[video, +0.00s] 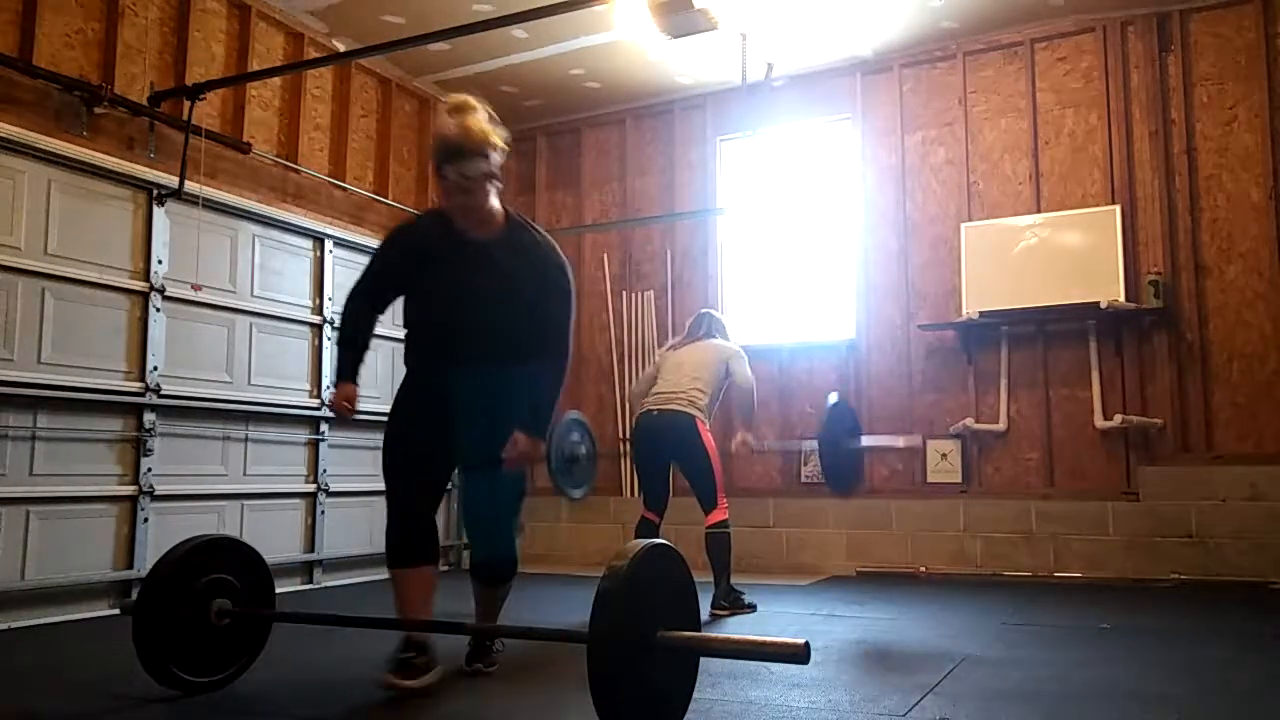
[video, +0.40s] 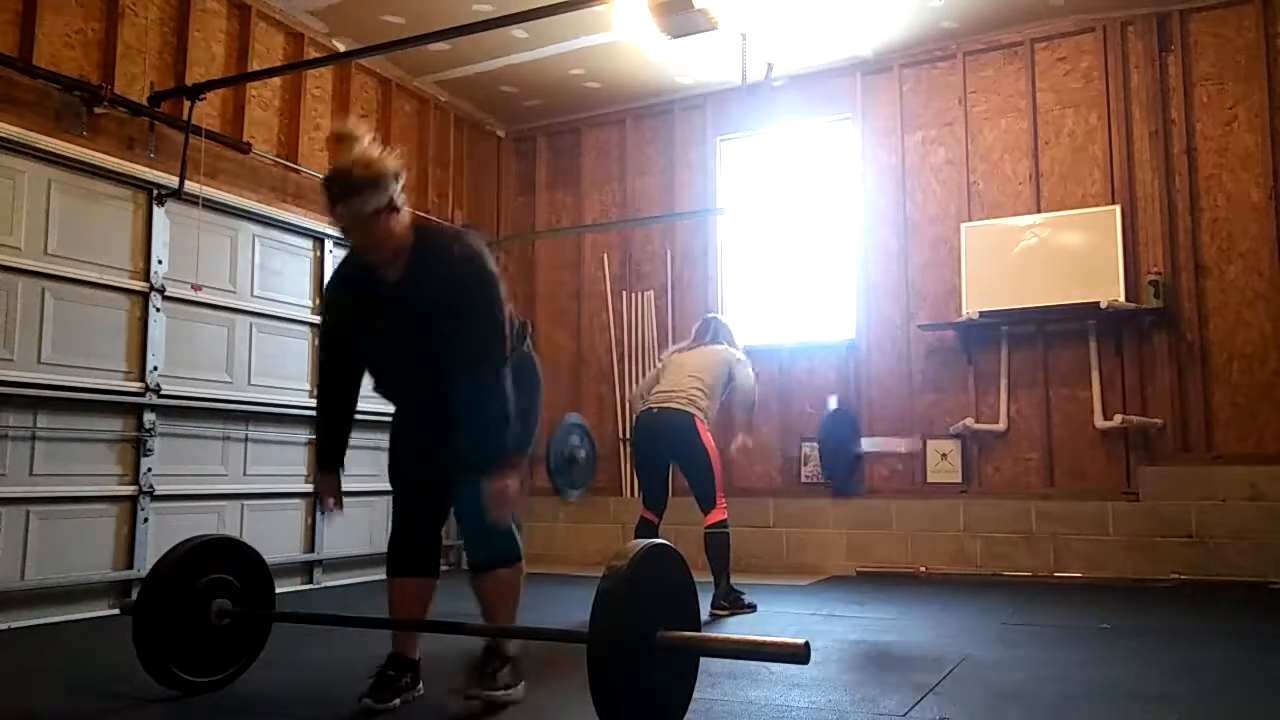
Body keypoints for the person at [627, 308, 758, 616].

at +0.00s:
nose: (727, 342)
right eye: (727, 337)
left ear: (692, 331)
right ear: (721, 333)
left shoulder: (669, 351)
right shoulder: (729, 349)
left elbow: (636, 391)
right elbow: (745, 381)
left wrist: (643, 426)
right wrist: (745, 429)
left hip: (646, 425)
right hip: (686, 425)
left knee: (653, 506)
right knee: (715, 508)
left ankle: (632, 587)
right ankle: (723, 592)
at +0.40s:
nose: (733, 346)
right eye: (733, 342)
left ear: (698, 335)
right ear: (727, 338)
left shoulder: (675, 353)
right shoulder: (732, 354)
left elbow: (639, 392)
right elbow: (746, 386)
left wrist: (646, 428)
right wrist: (744, 431)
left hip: (646, 422)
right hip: (685, 423)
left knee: (652, 506)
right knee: (713, 508)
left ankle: (632, 587)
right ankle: (723, 591)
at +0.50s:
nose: (737, 361)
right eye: (736, 356)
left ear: (698, 347)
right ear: (729, 353)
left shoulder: (675, 363)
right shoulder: (732, 370)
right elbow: (746, 421)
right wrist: (746, 468)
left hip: (643, 428)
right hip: (683, 430)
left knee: (650, 509)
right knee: (716, 509)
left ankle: (634, 587)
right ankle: (723, 592)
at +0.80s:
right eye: (743, 407)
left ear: (709, 394)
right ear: (740, 404)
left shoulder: (685, 407)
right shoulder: (735, 418)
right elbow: (745, 479)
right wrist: (751, 528)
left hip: (633, 457)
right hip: (674, 459)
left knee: (658, 516)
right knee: (725, 513)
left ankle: (634, 580)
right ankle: (725, 594)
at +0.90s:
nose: (747, 412)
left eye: (749, 408)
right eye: (747, 406)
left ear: (718, 383)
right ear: (742, 396)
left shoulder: (693, 397)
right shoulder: (727, 406)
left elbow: (696, 462)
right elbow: (733, 463)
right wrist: (739, 507)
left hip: (624, 456)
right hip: (658, 457)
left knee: (667, 521)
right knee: (718, 510)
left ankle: (647, 587)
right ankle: (724, 593)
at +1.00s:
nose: (755, 407)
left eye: (759, 402)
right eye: (755, 398)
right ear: (739, 381)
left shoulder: (696, 378)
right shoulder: (709, 384)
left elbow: (670, 444)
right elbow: (698, 433)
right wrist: (716, 480)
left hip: (619, 442)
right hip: (634, 442)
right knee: (694, 507)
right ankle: (717, 584)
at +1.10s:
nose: (737, 365)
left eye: (741, 359)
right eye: (738, 357)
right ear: (725, 349)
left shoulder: (700, 369)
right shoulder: (693, 363)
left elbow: (668, 413)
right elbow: (666, 407)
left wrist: (686, 453)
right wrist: (692, 455)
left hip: (641, 437)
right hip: (623, 434)